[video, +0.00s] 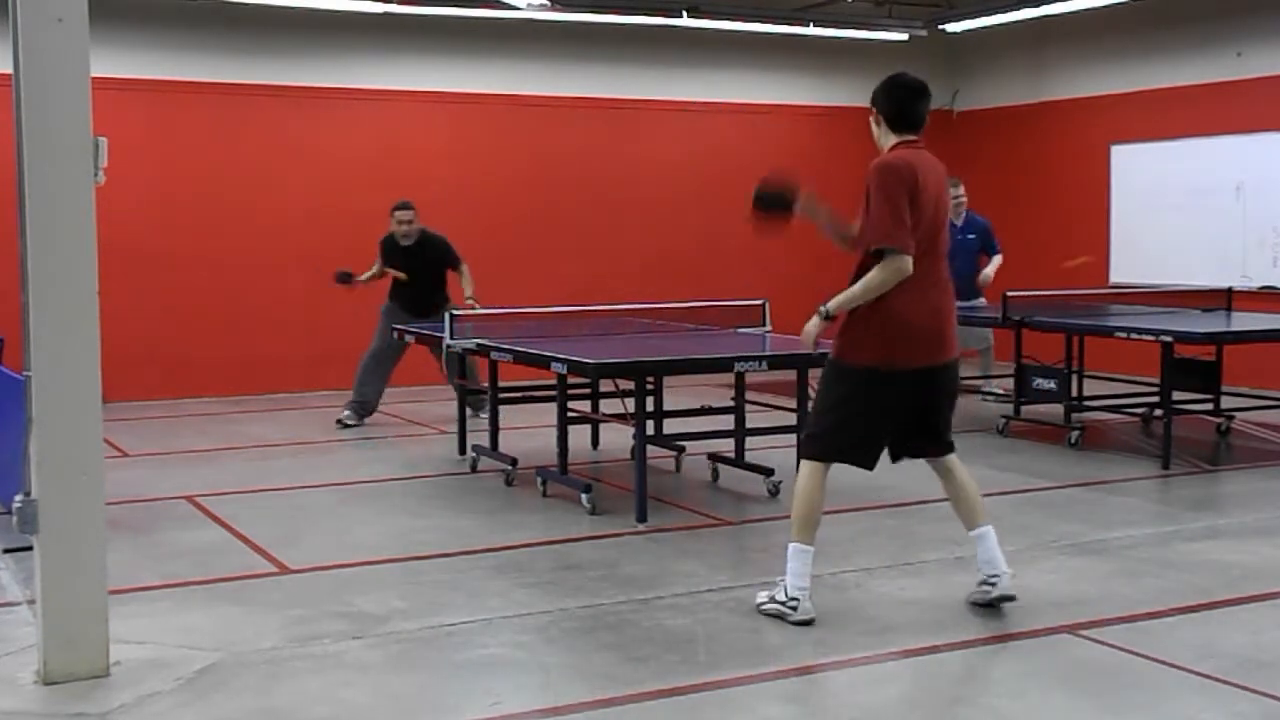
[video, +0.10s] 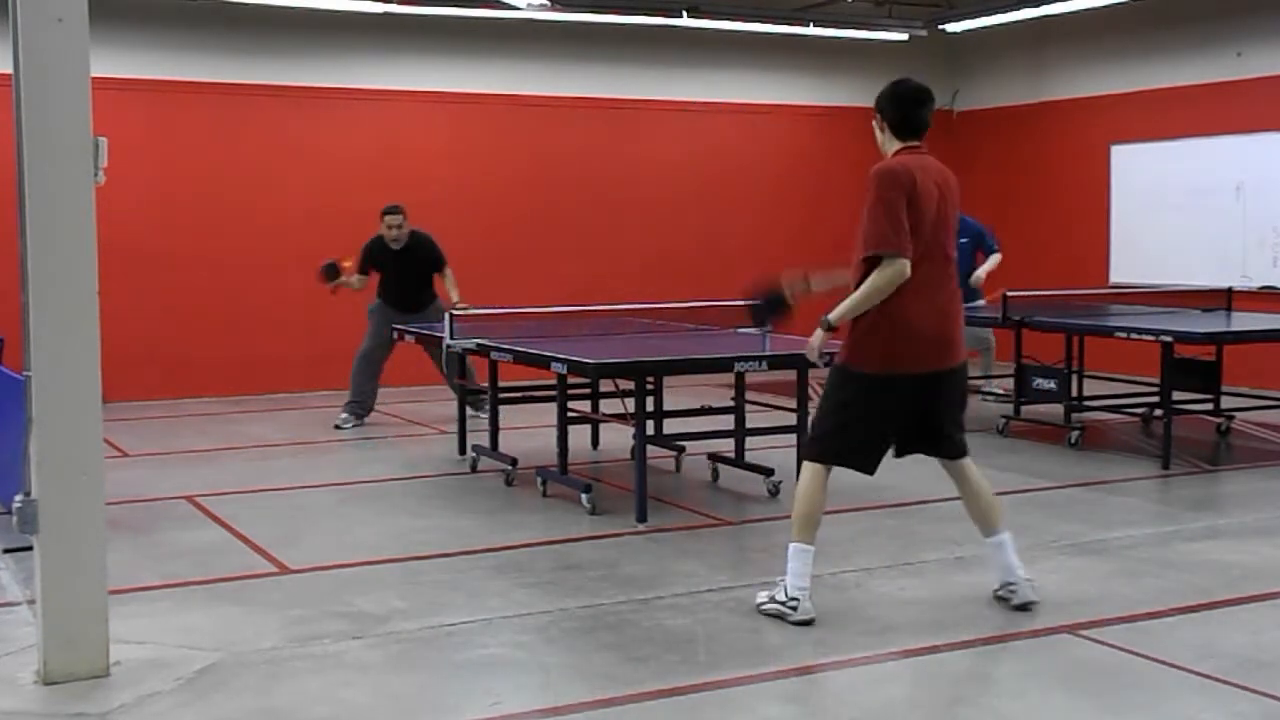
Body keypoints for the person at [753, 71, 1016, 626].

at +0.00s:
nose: (867, 123)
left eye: (868, 115)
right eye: (873, 115)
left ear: (875, 118)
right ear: (923, 119)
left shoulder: (889, 169)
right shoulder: (935, 170)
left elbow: (898, 262)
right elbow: (875, 243)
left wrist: (830, 309)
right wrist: (815, 212)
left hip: (874, 349)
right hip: (935, 346)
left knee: (815, 456)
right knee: (942, 451)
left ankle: (794, 590)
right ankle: (995, 572)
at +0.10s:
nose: (873, 129)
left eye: (872, 121)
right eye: (875, 121)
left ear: (880, 123)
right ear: (926, 124)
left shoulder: (892, 175)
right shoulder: (944, 177)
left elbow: (896, 267)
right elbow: (915, 260)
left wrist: (831, 321)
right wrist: (813, 279)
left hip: (879, 354)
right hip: (943, 352)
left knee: (816, 459)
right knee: (957, 456)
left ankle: (794, 591)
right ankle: (1015, 578)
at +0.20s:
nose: (883, 131)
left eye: (883, 124)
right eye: (886, 123)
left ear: (891, 126)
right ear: (936, 127)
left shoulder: (896, 177)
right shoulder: (960, 178)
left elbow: (895, 266)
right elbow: (979, 254)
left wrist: (833, 324)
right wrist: (882, 284)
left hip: (898, 351)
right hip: (961, 350)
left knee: (832, 458)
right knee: (970, 458)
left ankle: (797, 591)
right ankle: (1023, 576)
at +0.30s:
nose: (894, 134)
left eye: (895, 127)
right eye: (898, 126)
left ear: (903, 129)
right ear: (948, 129)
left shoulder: (898, 180)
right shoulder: (978, 184)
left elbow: (885, 265)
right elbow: (984, 271)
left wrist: (829, 326)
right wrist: (890, 267)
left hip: (903, 354)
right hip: (971, 353)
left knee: (840, 458)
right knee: (979, 461)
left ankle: (819, 591)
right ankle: (1023, 576)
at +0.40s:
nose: (907, 143)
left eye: (909, 136)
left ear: (915, 141)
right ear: (962, 143)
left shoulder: (895, 192)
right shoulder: (990, 199)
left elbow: (871, 274)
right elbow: (1013, 299)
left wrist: (832, 334)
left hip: (900, 361)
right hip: (972, 361)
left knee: (846, 471)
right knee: (996, 459)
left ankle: (830, 601)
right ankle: (1032, 581)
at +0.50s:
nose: (928, 156)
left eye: (929, 149)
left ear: (934, 155)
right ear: (982, 157)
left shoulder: (905, 209)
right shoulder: (1005, 214)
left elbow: (875, 298)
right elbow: (1038, 304)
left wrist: (856, 347)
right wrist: (1035, 346)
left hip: (910, 369)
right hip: (987, 370)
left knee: (845, 471)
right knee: (1017, 461)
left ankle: (828, 598)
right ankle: (1052, 578)